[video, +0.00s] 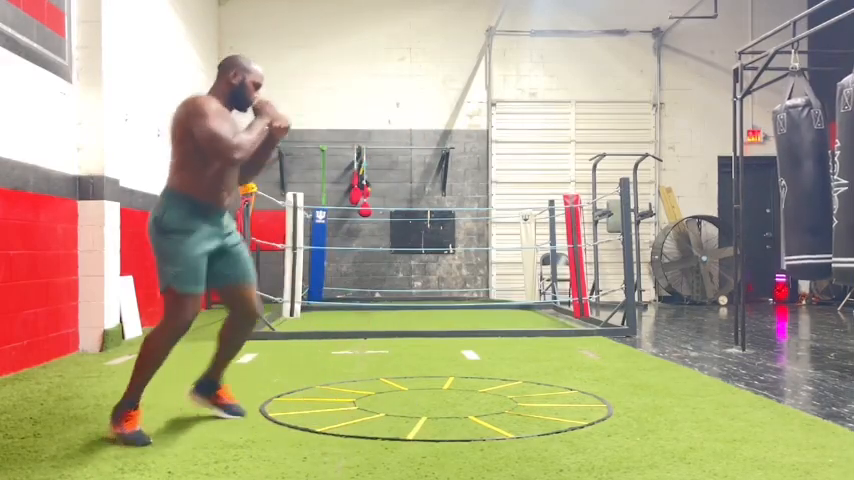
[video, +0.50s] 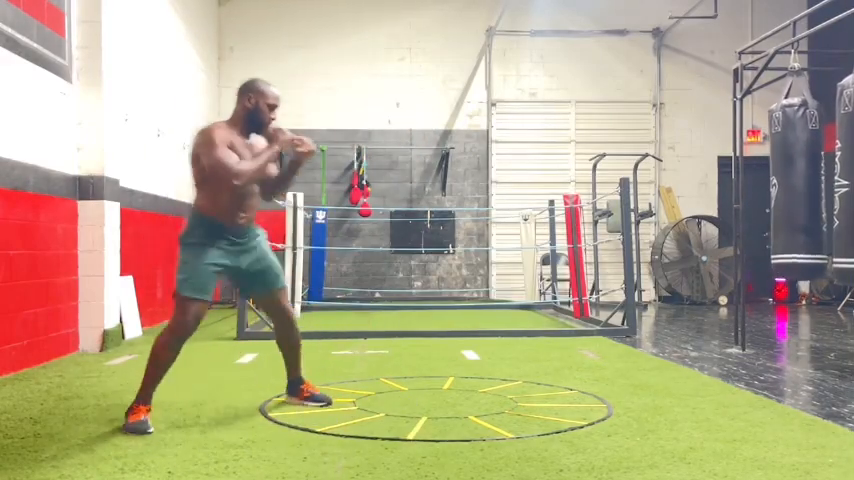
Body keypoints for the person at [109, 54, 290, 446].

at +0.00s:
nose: (258, 95)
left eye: (260, 89)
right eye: (255, 86)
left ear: (234, 79)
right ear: (232, 77)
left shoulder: (232, 122)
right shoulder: (199, 107)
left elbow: (242, 176)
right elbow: (236, 148)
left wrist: (272, 141)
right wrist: (266, 120)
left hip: (222, 224)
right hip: (182, 220)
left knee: (248, 311)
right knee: (181, 316)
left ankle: (209, 385)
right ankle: (126, 410)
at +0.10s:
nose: (246, 109)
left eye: (248, 103)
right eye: (243, 101)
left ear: (221, 93)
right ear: (219, 91)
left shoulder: (224, 139)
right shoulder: (185, 128)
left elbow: (229, 190)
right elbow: (220, 174)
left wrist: (258, 163)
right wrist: (249, 142)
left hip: (212, 240)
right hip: (174, 235)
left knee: (238, 327)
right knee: (178, 326)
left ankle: (195, 394)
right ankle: (123, 416)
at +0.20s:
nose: (247, 101)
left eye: (250, 94)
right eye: (244, 92)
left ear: (223, 83)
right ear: (221, 81)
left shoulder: (226, 128)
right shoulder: (184, 118)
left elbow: (229, 174)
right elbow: (214, 164)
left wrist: (261, 153)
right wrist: (251, 135)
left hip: (218, 228)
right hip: (178, 227)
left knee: (258, 304)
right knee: (172, 316)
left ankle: (213, 377)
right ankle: (124, 414)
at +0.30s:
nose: (254, 91)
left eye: (256, 85)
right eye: (250, 83)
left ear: (232, 75)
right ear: (227, 73)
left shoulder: (234, 117)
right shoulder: (192, 105)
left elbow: (242, 162)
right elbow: (222, 147)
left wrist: (270, 139)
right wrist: (258, 121)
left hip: (229, 215)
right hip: (186, 217)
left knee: (269, 291)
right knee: (172, 310)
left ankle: (246, 368)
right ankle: (135, 405)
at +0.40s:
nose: (261, 102)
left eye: (263, 96)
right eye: (259, 94)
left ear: (242, 90)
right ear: (237, 86)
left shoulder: (239, 129)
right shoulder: (201, 118)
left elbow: (254, 172)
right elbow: (231, 157)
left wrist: (279, 147)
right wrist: (267, 128)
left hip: (234, 224)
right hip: (192, 227)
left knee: (275, 297)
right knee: (181, 315)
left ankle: (288, 372)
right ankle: (142, 403)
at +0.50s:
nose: (274, 115)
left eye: (276, 109)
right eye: (271, 108)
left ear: (253, 102)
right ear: (248, 100)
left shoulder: (258, 145)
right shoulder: (213, 136)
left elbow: (272, 190)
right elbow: (236, 175)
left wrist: (296, 163)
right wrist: (275, 147)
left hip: (249, 241)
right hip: (206, 240)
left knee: (284, 312)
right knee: (187, 319)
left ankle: (296, 384)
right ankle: (141, 405)